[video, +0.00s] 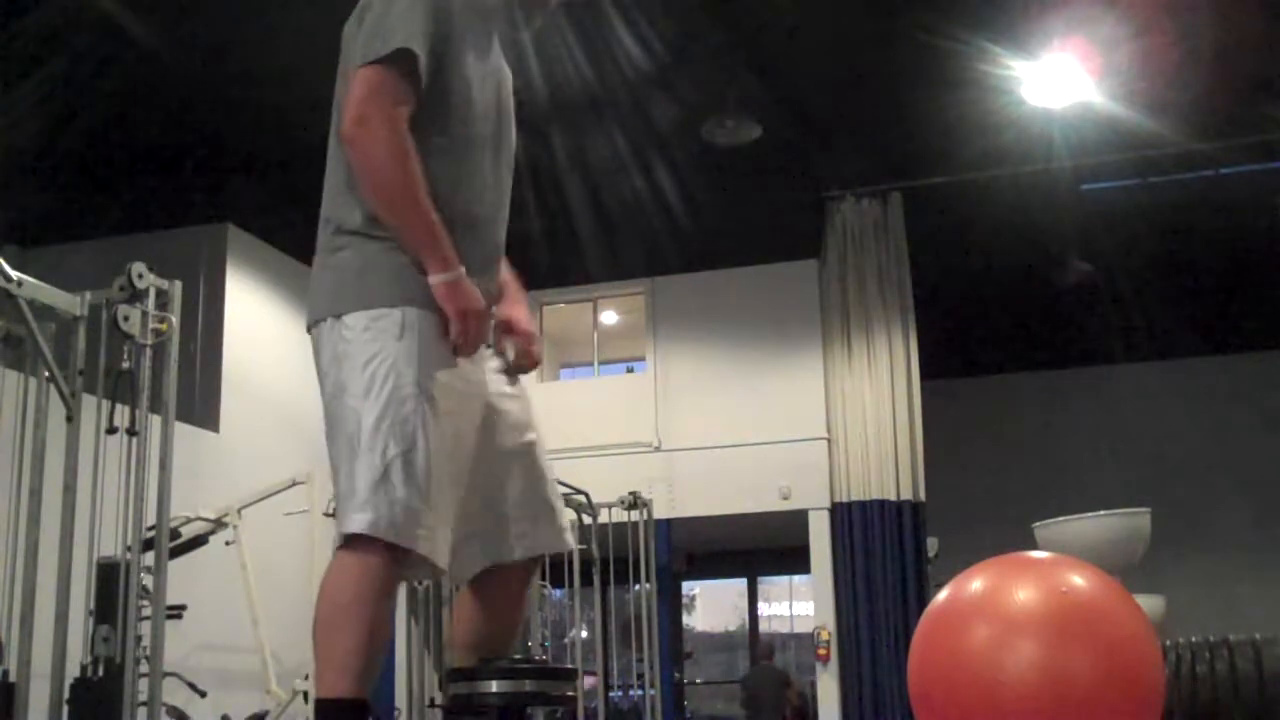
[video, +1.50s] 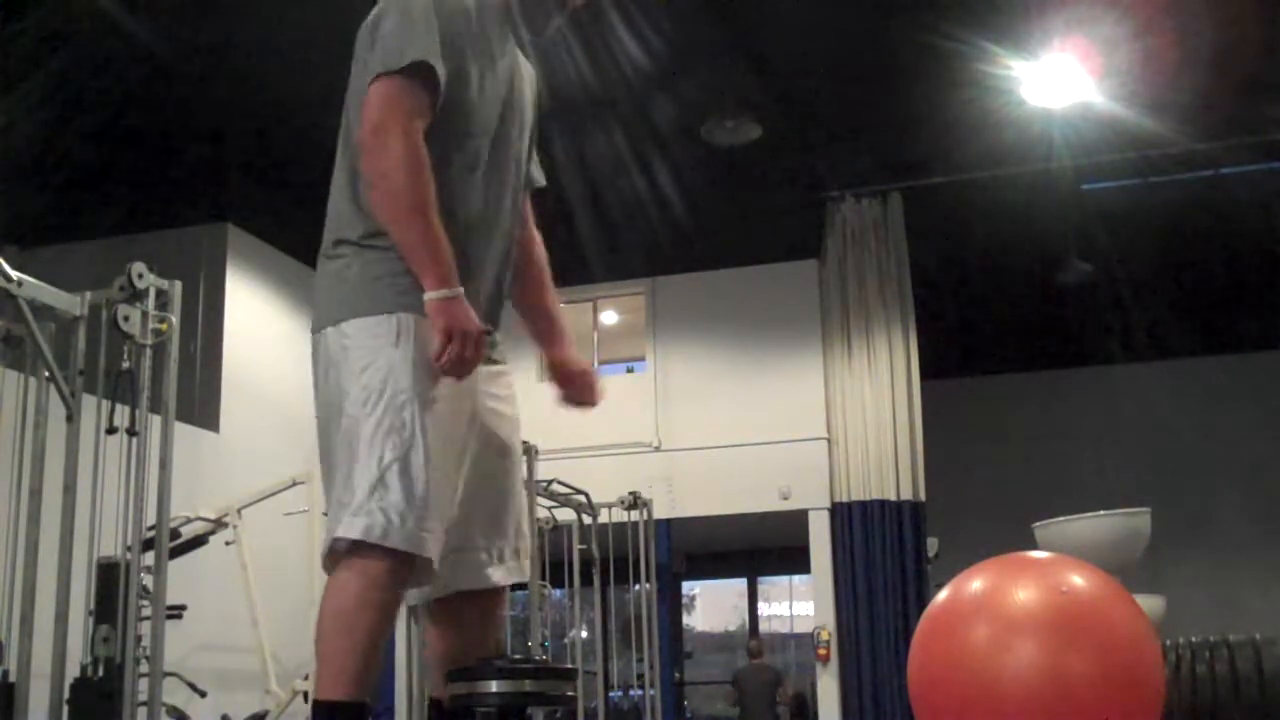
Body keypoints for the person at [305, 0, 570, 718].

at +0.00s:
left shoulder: (487, 41)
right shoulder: (412, 5)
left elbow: (456, 189)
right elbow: (369, 119)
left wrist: (509, 289)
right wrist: (445, 268)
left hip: (461, 307)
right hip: (385, 294)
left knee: (514, 540)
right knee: (380, 529)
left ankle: (465, 715)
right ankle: (339, 712)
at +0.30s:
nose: (585, 3)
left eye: (585, 7)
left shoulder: (534, 71)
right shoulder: (439, 4)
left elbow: (525, 204)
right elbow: (379, 116)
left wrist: (553, 324)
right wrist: (434, 261)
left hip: (491, 322)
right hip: (410, 300)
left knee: (479, 546)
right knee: (399, 517)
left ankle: (471, 714)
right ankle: (348, 710)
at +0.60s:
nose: (597, 1)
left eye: (601, 4)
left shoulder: (534, 79)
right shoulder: (441, 4)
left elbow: (543, 226)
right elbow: (385, 114)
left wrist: (602, 334)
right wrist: (430, 263)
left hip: (497, 327)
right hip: (411, 302)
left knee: (480, 561)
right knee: (395, 531)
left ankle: (475, 719)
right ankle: (359, 713)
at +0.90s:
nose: (575, 8)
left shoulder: (514, 44)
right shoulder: (435, 4)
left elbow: (498, 196)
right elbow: (401, 120)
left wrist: (520, 329)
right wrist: (439, 273)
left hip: (486, 318)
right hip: (411, 303)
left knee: (482, 555)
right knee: (402, 530)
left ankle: (471, 719)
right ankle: (359, 713)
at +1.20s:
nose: (594, 4)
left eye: (598, 6)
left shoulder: (536, 82)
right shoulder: (435, 8)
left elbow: (549, 231)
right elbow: (395, 133)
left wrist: (595, 334)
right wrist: (432, 279)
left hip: (497, 336)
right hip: (408, 313)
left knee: (483, 567)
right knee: (389, 536)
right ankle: (337, 713)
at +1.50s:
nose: (580, 6)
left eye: (581, 10)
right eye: (578, 3)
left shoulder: (517, 64)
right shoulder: (427, 6)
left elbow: (513, 217)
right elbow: (386, 137)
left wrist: (557, 342)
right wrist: (442, 286)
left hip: (472, 323)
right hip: (388, 305)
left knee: (474, 567)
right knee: (380, 543)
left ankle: (470, 717)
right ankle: (336, 714)